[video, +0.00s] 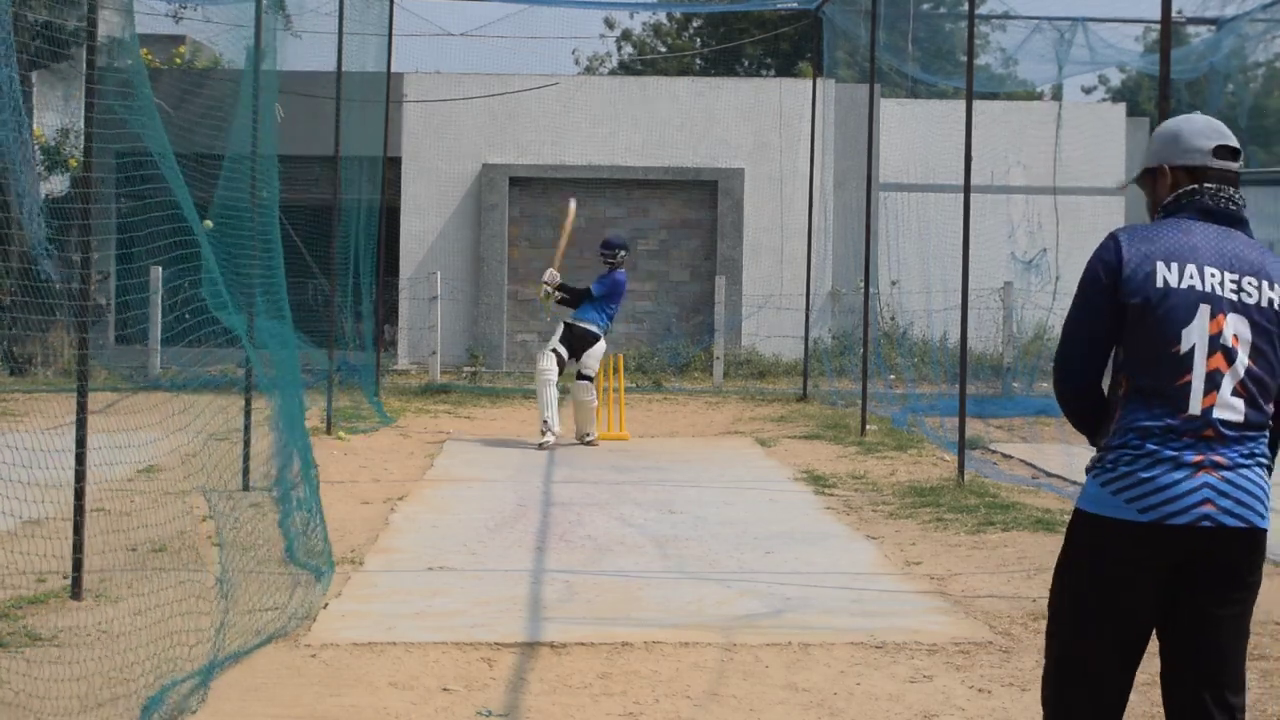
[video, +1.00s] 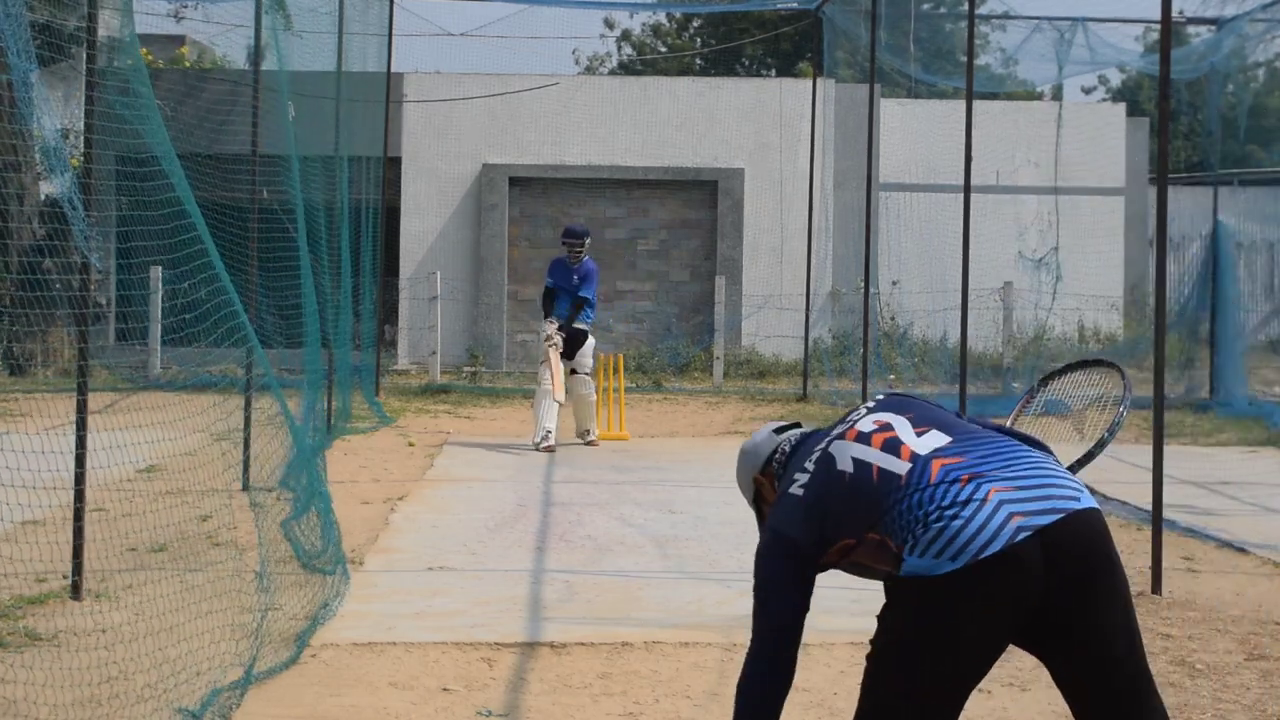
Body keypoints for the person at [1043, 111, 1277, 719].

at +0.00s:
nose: (1148, 195)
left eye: (1151, 181)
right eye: (1149, 182)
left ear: (1172, 178)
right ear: (1227, 181)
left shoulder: (1128, 248)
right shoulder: (1272, 267)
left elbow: (1073, 378)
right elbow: (1273, 398)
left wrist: (1122, 440)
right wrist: (1233, 446)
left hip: (1128, 512)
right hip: (1237, 516)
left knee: (1080, 698)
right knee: (1212, 701)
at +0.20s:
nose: (1089, 226)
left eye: (1089, 210)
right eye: (1085, 214)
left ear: (1113, 193)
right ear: (1167, 193)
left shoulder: (1097, 254)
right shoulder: (1235, 276)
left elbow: (1056, 397)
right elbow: (1238, 406)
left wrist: (1093, 477)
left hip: (1120, 510)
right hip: (1222, 516)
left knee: (1041, 696)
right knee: (1196, 701)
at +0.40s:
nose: (1007, 261)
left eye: (1006, 246)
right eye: (1002, 250)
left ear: (1028, 220)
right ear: (1084, 217)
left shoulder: (1019, 280)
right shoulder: (1159, 281)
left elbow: (989, 416)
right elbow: (1193, 409)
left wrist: (954, 536)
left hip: (1082, 523)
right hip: (1187, 524)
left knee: (994, 705)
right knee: (1173, 707)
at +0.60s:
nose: (880, 365)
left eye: (877, 352)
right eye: (875, 356)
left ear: (892, 315)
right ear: (955, 302)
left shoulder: (892, 368)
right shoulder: (1038, 325)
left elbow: (857, 518)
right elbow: (1117, 425)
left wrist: (817, 648)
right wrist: (1132, 512)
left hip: (1018, 549)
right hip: (1134, 541)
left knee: (944, 709)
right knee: (1147, 709)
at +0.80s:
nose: (787, 491)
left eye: (781, 474)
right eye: (781, 478)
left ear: (793, 451)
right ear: (833, 413)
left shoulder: (809, 490)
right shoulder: (925, 394)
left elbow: (777, 640)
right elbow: (1054, 456)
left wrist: (747, 714)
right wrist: (912, 545)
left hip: (974, 563)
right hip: (1090, 541)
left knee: (899, 710)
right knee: (1142, 709)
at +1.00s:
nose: (767, 522)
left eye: (760, 507)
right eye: (759, 510)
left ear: (770, 481)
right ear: (803, 442)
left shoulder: (791, 512)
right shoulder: (894, 408)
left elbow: (769, 664)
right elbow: (1031, 448)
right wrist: (902, 564)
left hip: (962, 561)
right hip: (1075, 529)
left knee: (896, 709)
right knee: (1129, 705)